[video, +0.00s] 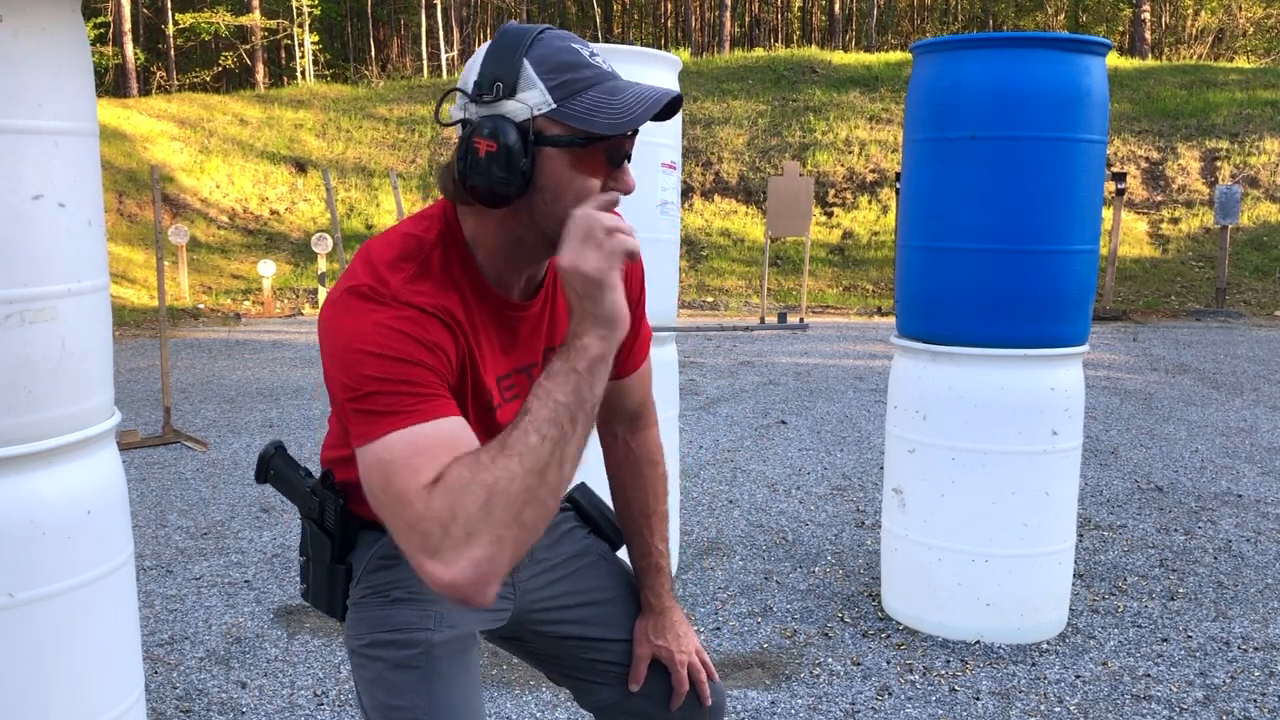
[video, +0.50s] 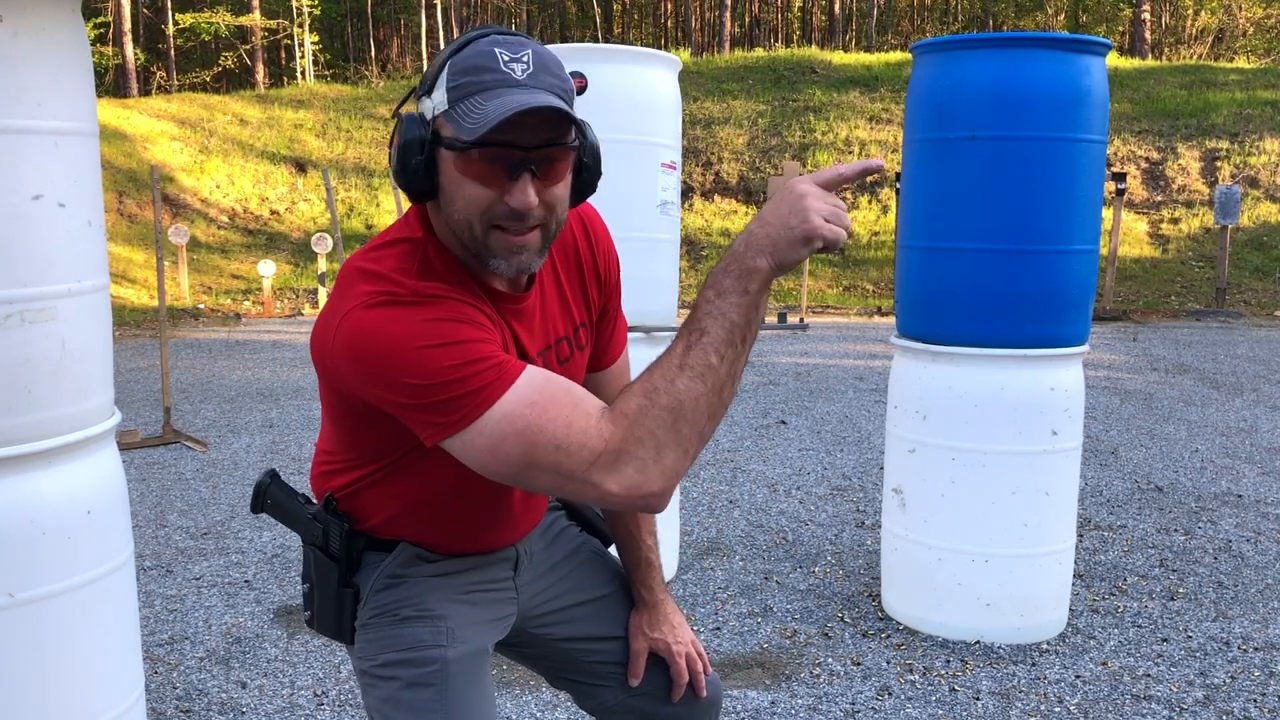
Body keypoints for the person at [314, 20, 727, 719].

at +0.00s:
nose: (626, 180)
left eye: (624, 151)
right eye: (596, 150)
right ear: (497, 157)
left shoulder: (604, 262)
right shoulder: (378, 303)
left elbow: (630, 425)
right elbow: (458, 555)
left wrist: (658, 597)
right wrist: (590, 337)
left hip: (536, 526)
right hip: (401, 551)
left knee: (687, 699)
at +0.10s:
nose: (611, 180)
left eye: (610, 149)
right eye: (580, 151)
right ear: (483, 157)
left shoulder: (591, 246)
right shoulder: (378, 321)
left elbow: (625, 424)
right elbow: (539, 564)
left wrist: (655, 594)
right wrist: (577, 315)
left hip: (546, 543)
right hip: (411, 560)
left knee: (686, 698)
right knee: (440, 704)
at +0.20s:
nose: (597, 178)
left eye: (597, 148)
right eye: (566, 150)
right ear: (467, 158)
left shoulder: (578, 241)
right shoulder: (380, 332)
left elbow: (616, 430)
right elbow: (582, 555)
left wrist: (650, 588)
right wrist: (602, 317)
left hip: (548, 549)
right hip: (417, 570)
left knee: (686, 695)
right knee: (445, 704)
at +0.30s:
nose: (584, 175)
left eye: (587, 146)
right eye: (552, 147)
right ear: (455, 160)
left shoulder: (573, 244)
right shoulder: (382, 338)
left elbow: (605, 426)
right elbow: (608, 526)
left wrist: (650, 586)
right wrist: (663, 296)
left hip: (544, 542)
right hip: (420, 574)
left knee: (686, 693)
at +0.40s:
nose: (564, 188)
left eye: (573, 156)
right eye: (530, 161)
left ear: (587, 149)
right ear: (433, 164)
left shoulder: (573, 239)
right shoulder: (383, 330)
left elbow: (613, 433)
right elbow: (623, 487)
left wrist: (650, 586)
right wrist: (730, 270)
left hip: (546, 543)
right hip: (418, 575)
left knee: (686, 695)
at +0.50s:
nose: (523, 199)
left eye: (547, 161)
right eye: (493, 163)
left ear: (575, 160)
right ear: (427, 161)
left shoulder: (580, 240)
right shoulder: (383, 317)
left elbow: (616, 429)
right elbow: (631, 468)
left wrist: (650, 588)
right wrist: (756, 255)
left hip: (543, 541)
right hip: (415, 572)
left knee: (683, 697)